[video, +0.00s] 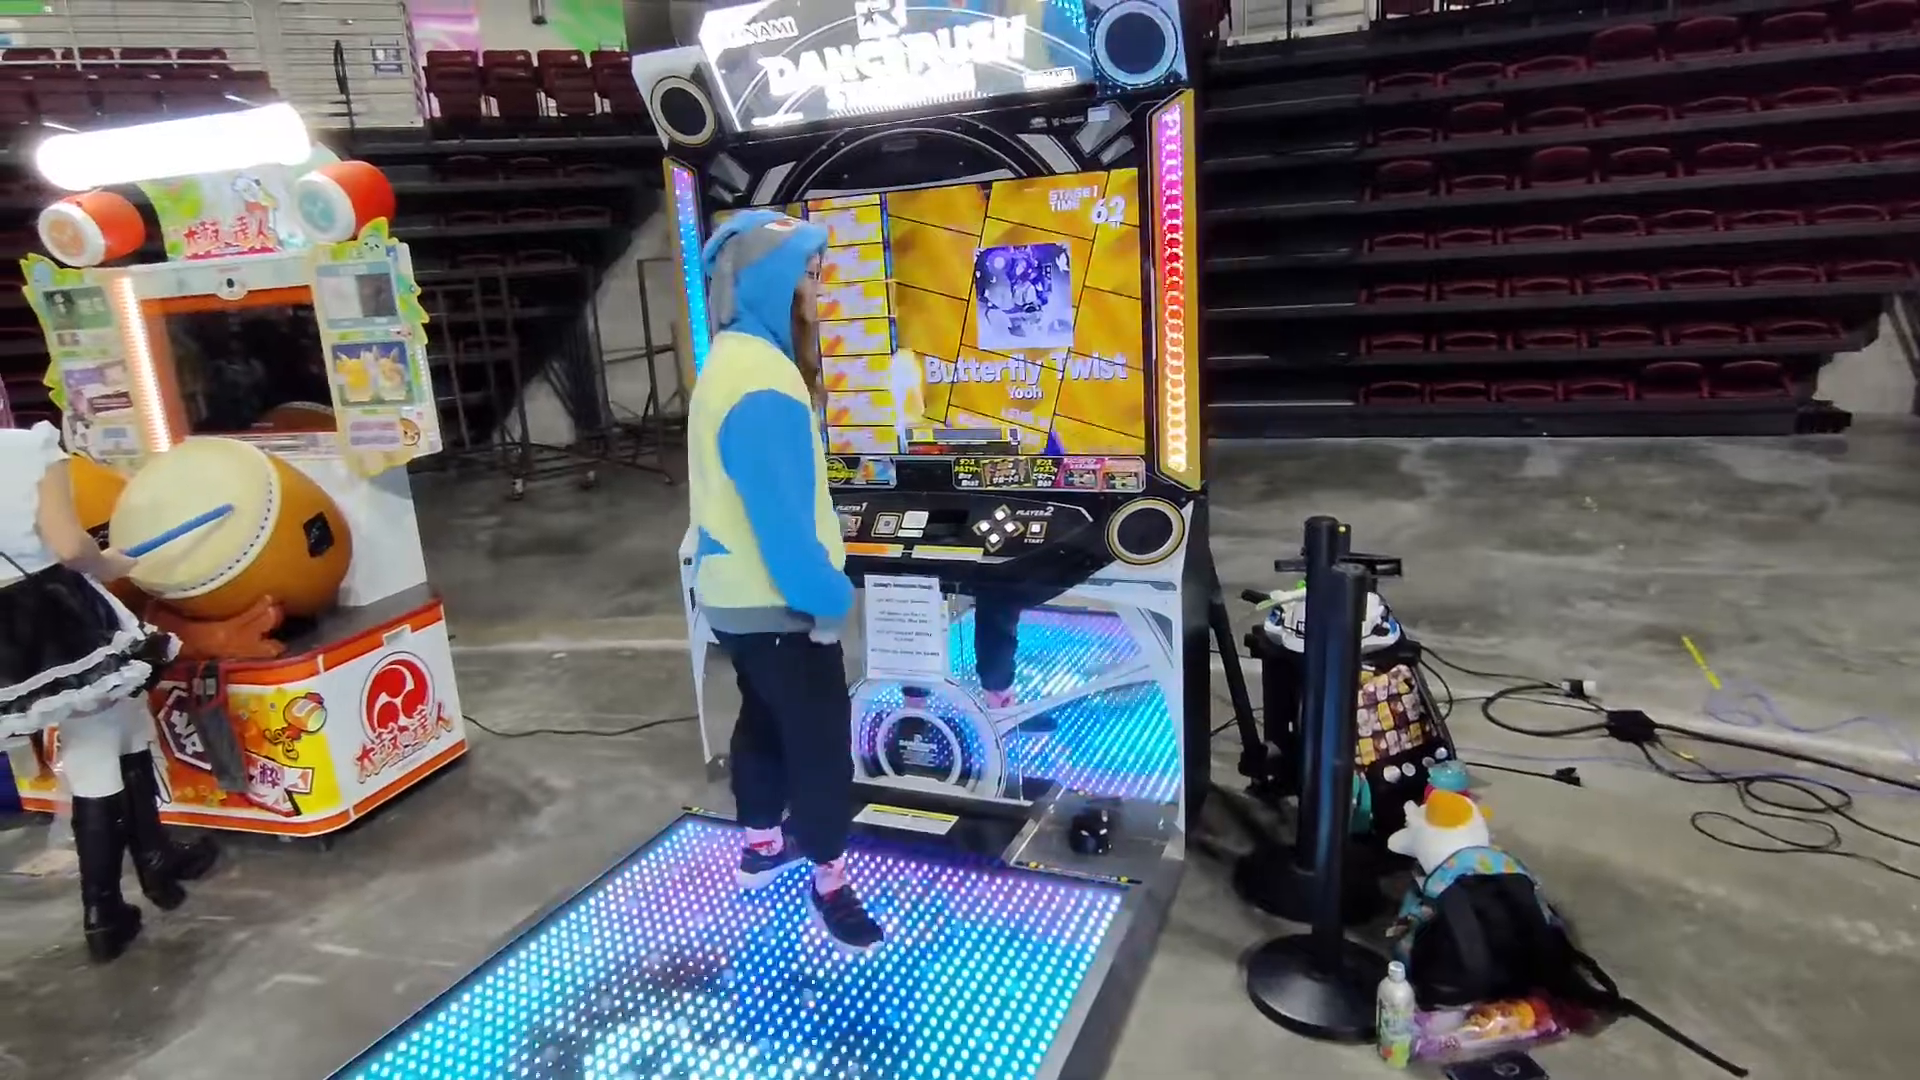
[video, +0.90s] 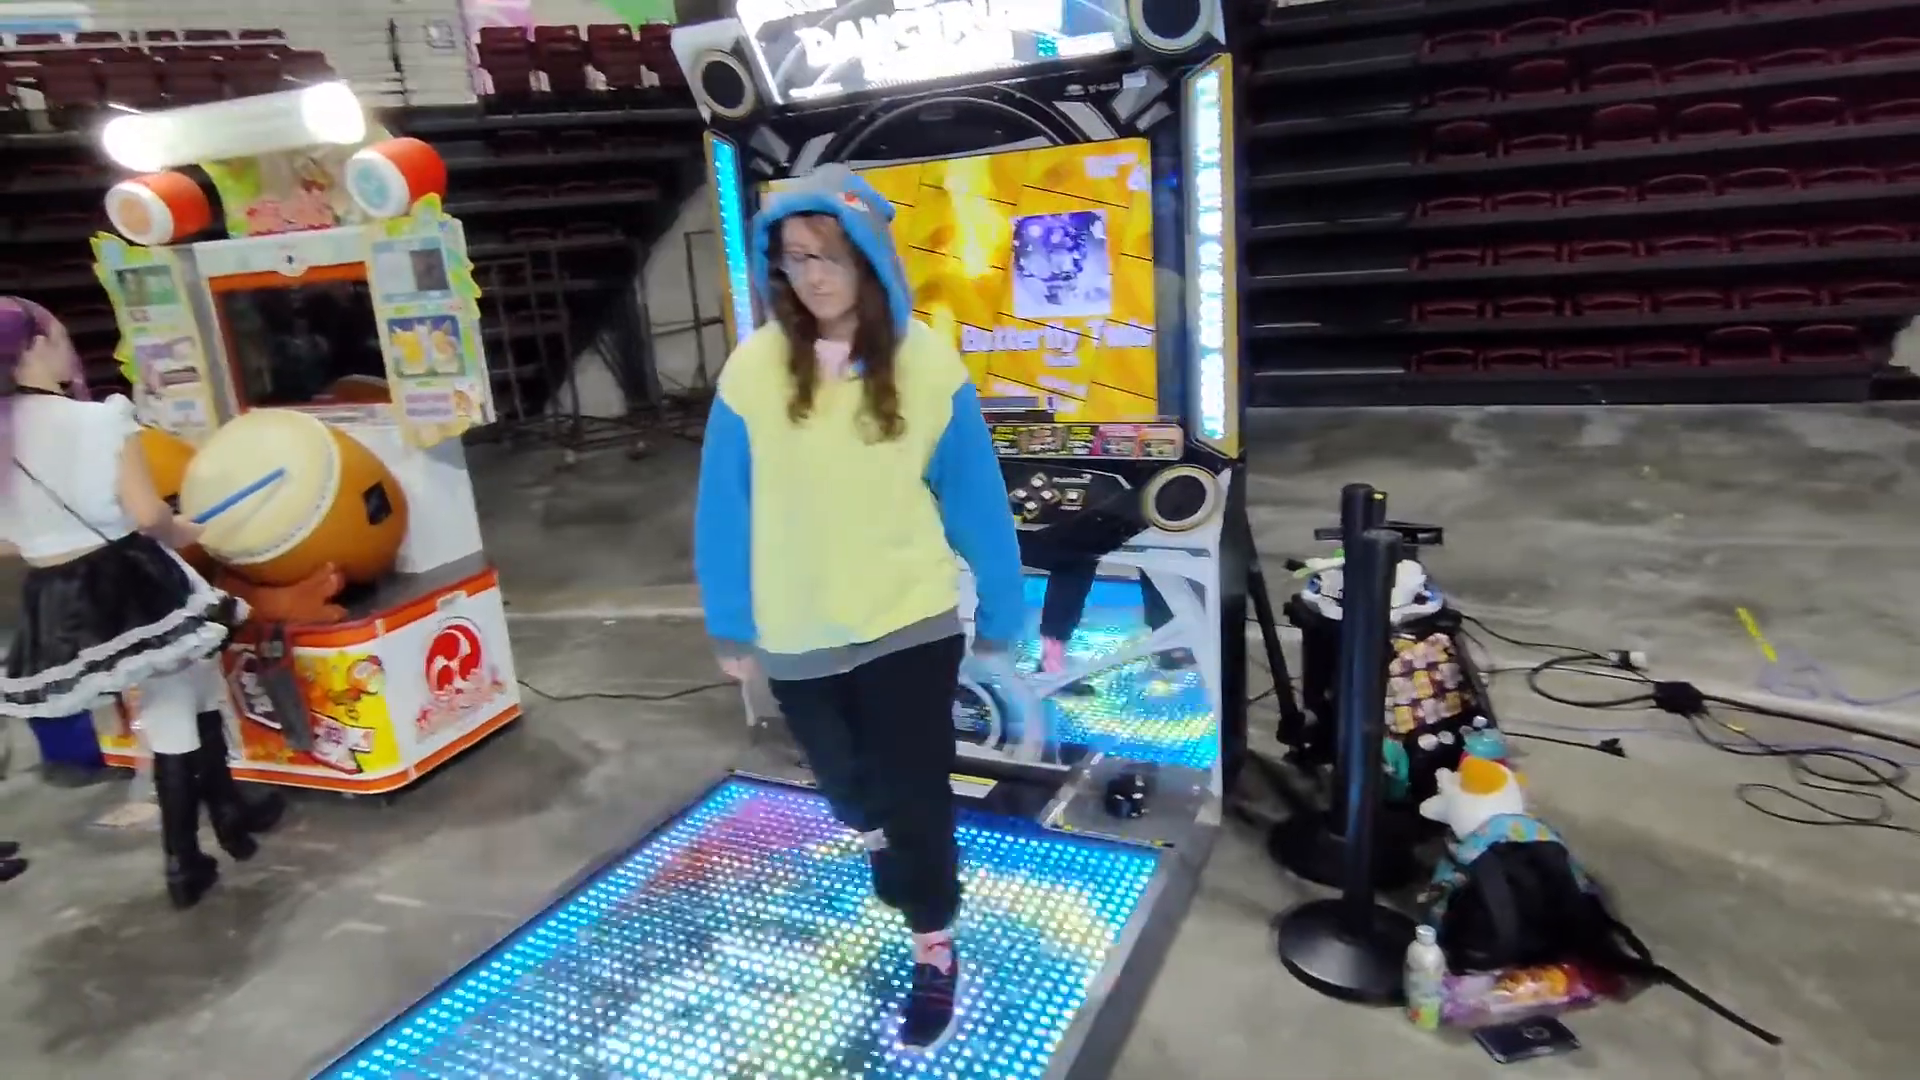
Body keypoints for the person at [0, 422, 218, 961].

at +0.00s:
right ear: (17, 391)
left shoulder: (28, 449)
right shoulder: (32, 447)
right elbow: (68, 544)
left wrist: (94, 562)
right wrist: (106, 563)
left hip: (16, 636)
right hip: (58, 626)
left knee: (127, 715)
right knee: (92, 748)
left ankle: (155, 857)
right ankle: (101, 909)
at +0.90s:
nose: (70, 350)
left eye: (65, 339)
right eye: (62, 340)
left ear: (14, 356)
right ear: (36, 348)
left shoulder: (6, 431)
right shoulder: (97, 421)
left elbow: (15, 543)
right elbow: (148, 516)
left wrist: (65, 546)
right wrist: (179, 531)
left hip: (57, 598)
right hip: (127, 585)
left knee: (197, 674)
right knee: (171, 706)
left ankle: (229, 809)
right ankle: (183, 861)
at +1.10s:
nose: (86, 347)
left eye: (80, 335)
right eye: (78, 337)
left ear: (22, 357)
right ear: (52, 347)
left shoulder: (8, 436)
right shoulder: (117, 420)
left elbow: (13, 534)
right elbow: (162, 512)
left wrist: (62, 540)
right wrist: (199, 528)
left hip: (76, 595)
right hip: (148, 583)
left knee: (212, 671)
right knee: (184, 706)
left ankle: (246, 805)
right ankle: (198, 857)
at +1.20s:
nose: (92, 347)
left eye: (85, 335)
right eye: (83, 338)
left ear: (25, 359)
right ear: (58, 349)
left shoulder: (11, 439)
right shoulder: (122, 420)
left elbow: (10, 534)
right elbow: (167, 512)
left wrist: (64, 539)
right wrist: (202, 527)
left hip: (83, 596)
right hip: (152, 583)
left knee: (213, 672)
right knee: (188, 706)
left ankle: (249, 806)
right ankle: (201, 858)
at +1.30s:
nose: (94, 347)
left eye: (87, 335)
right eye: (85, 338)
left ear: (28, 361)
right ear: (61, 350)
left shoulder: (13, 441)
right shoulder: (127, 421)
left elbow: (11, 534)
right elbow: (169, 513)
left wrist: (67, 539)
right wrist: (202, 526)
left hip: (82, 598)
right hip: (153, 584)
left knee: (214, 674)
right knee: (188, 706)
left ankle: (248, 808)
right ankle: (200, 858)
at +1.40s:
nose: (99, 344)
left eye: (91, 333)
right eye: (89, 335)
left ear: (35, 358)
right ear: (67, 347)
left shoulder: (14, 440)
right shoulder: (131, 418)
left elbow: (10, 533)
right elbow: (176, 510)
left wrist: (68, 536)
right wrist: (208, 506)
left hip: (87, 594)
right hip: (158, 580)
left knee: (214, 678)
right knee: (192, 708)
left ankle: (251, 808)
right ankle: (202, 858)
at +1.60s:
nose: (77, 340)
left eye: (70, 328)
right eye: (67, 330)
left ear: (18, 348)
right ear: (40, 341)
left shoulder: (7, 423)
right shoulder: (107, 414)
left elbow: (8, 531)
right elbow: (168, 502)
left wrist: (56, 538)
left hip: (59, 591)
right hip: (132, 582)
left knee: (187, 680)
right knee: (171, 708)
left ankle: (227, 808)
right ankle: (177, 858)